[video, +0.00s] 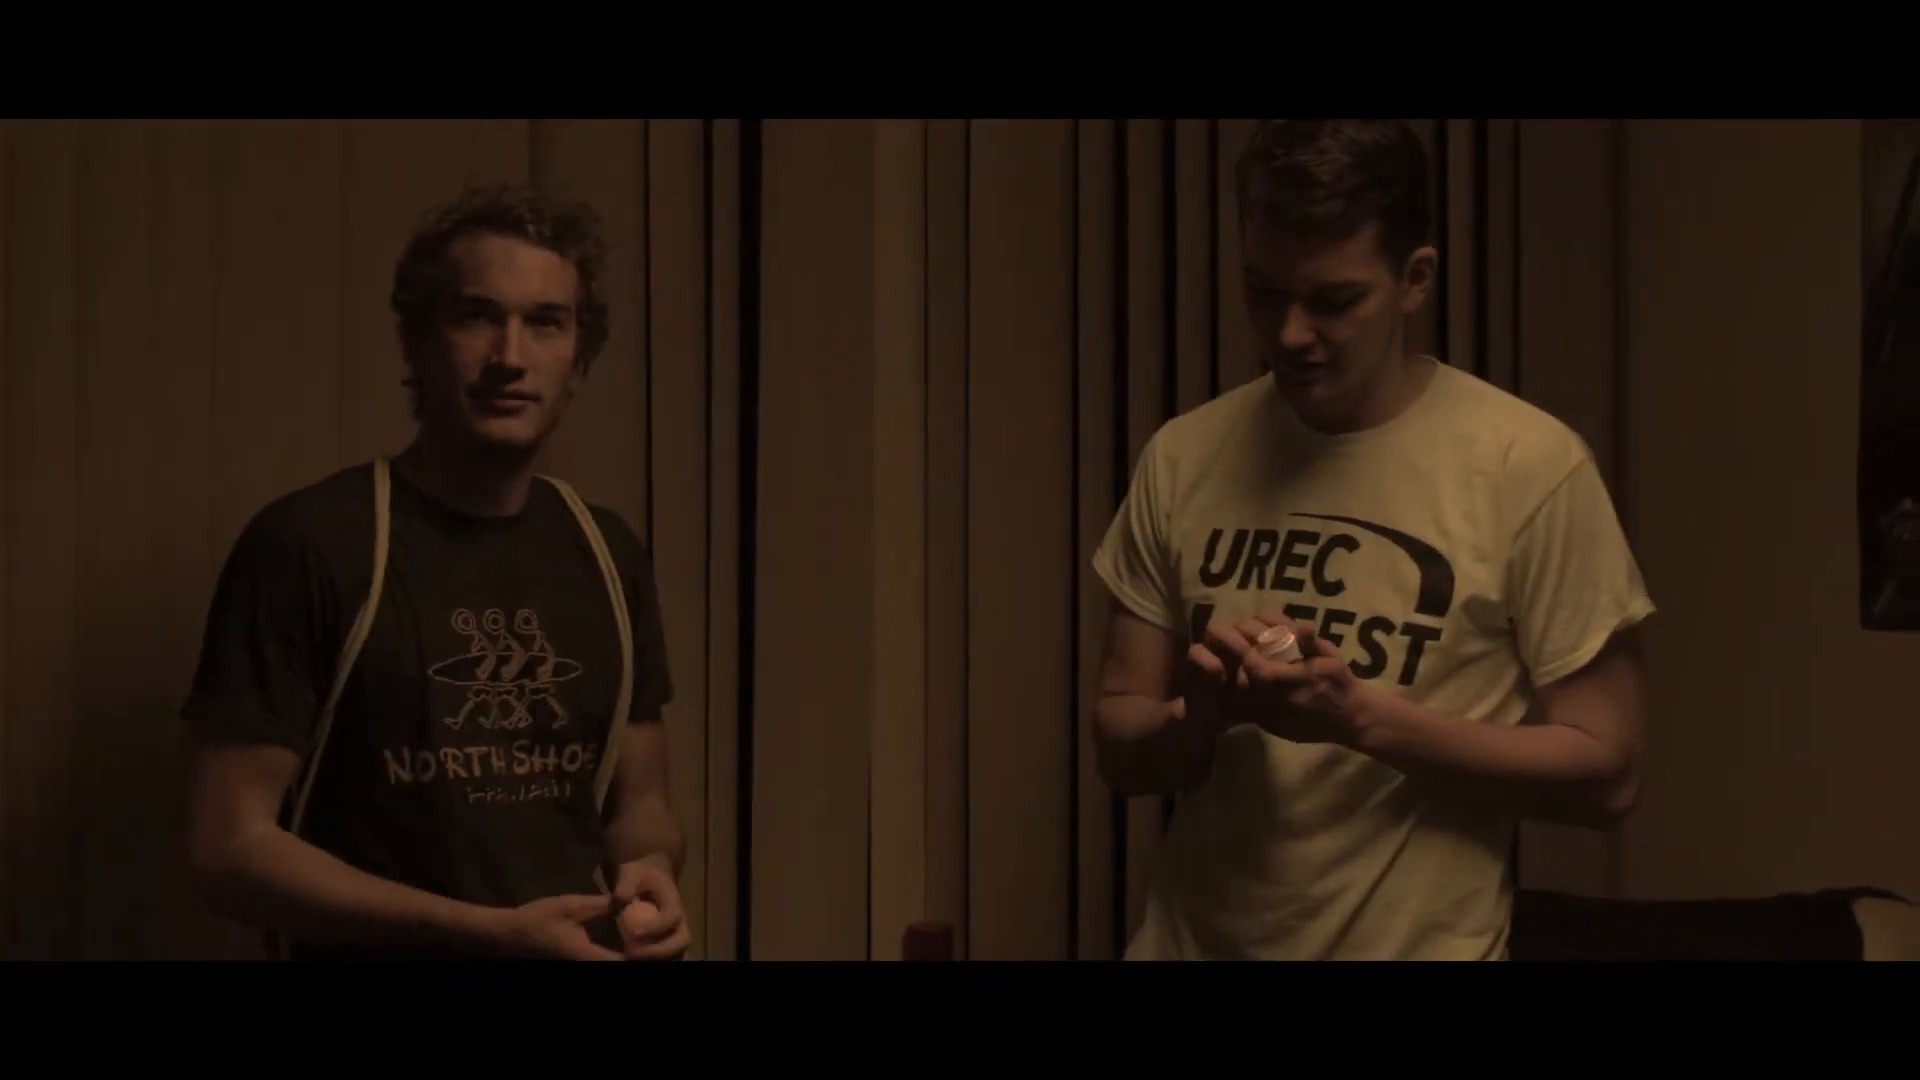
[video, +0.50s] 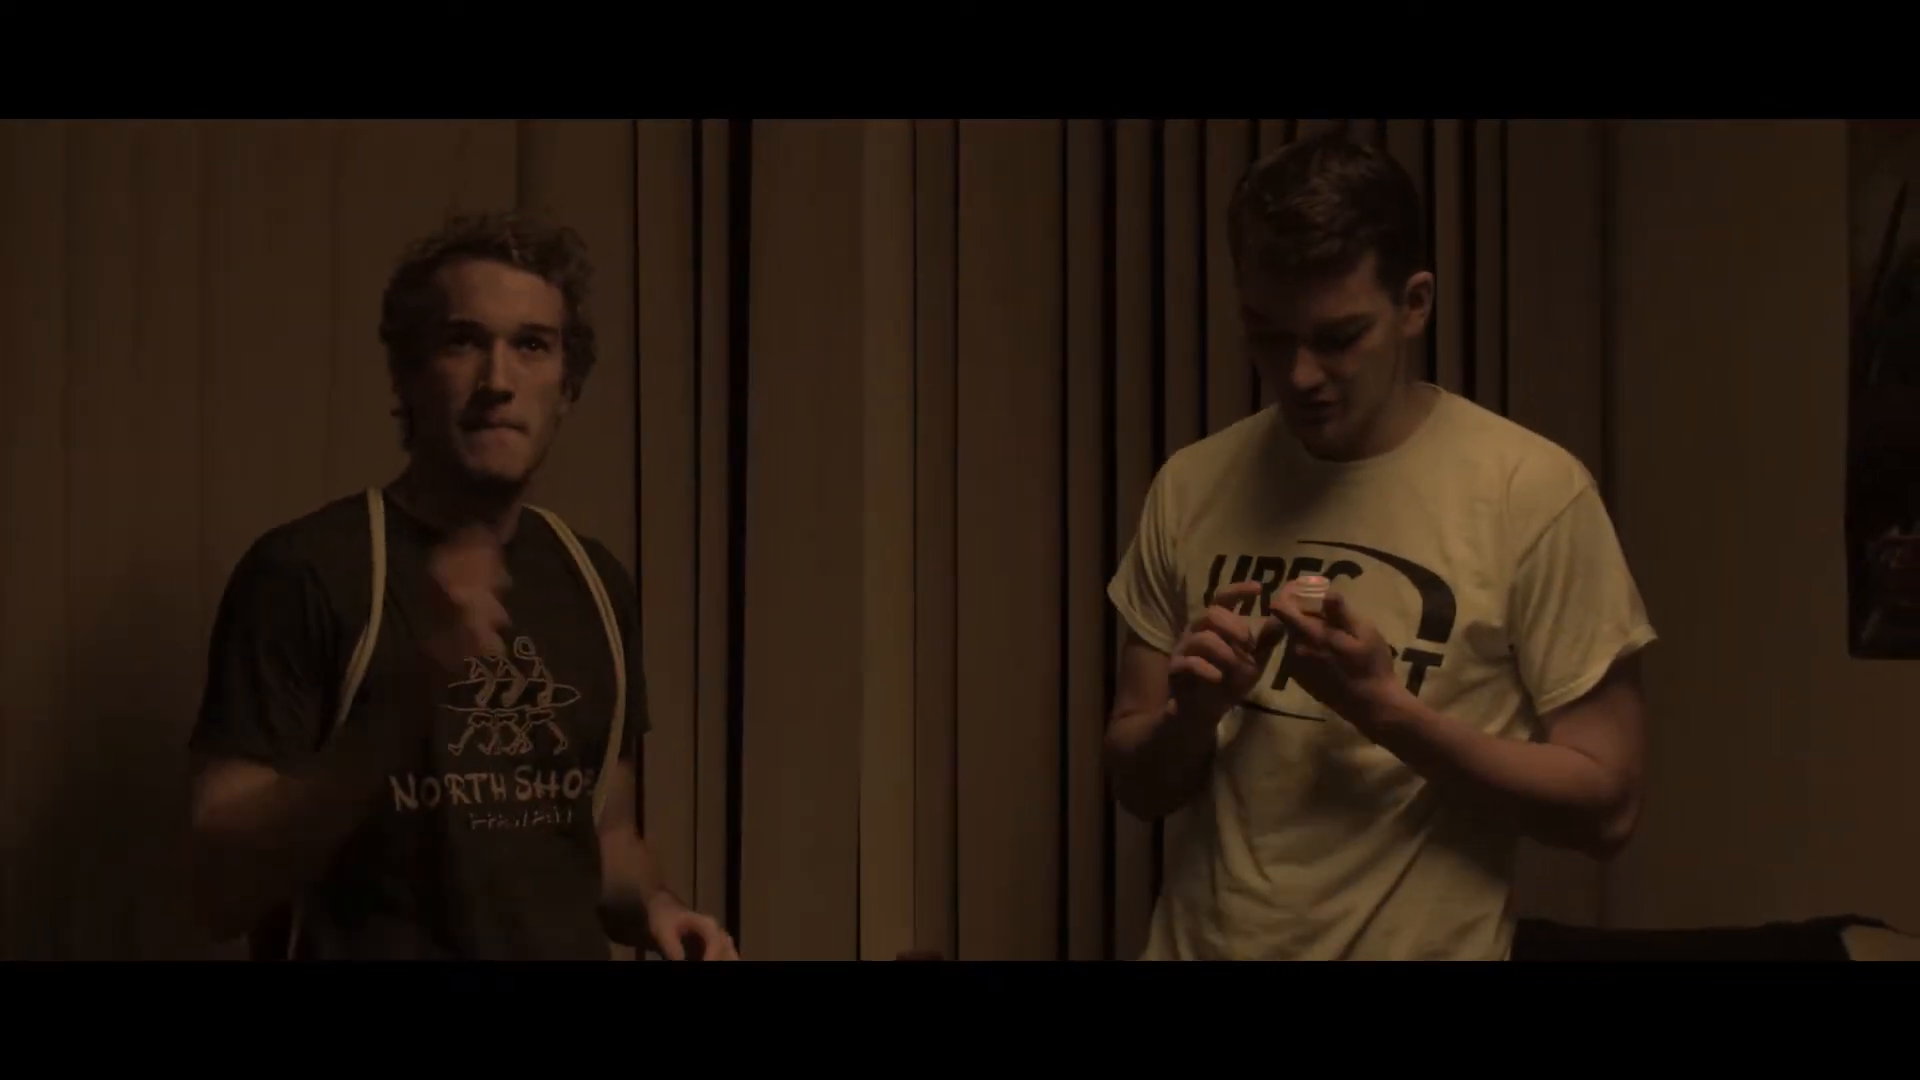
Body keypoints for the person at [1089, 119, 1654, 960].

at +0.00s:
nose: (1292, 334)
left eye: (1334, 300)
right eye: (1269, 296)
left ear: (1416, 280)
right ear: (1246, 277)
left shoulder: (1530, 469)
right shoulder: (1183, 459)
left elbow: (1606, 771)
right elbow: (1119, 740)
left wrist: (1360, 714)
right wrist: (1196, 718)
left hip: (1419, 943)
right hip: (1192, 939)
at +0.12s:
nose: (1294, 352)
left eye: (1335, 317)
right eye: (1269, 315)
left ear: (1416, 292)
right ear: (1246, 292)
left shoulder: (1531, 482)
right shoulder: (1183, 471)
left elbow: (1608, 786)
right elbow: (1120, 759)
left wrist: (1366, 719)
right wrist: (1197, 721)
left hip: (1419, 944)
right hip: (1194, 941)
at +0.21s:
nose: (1296, 359)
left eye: (1336, 324)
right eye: (1270, 321)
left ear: (1417, 294)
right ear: (1246, 295)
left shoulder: (1534, 487)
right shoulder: (1185, 474)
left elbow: (1608, 793)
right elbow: (1123, 765)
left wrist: (1373, 712)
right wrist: (1198, 719)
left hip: (1420, 945)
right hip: (1195, 942)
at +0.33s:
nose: (1299, 368)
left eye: (1338, 333)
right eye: (1272, 331)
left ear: (1418, 302)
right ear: (1248, 306)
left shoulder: (1533, 494)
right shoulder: (1188, 482)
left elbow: (1605, 801)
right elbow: (1128, 778)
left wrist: (1379, 709)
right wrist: (1194, 715)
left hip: (1424, 945)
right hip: (1201, 943)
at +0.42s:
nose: (1300, 371)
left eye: (1338, 333)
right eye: (1273, 333)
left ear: (1417, 300)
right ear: (1248, 307)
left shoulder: (1534, 492)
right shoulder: (1188, 484)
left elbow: (1606, 801)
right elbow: (1133, 781)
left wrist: (1380, 707)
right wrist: (1190, 711)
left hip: (1425, 945)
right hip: (1203, 942)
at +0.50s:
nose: (1301, 376)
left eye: (1340, 338)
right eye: (1273, 338)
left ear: (1415, 305)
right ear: (1245, 312)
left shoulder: (1532, 494)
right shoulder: (1189, 490)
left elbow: (1606, 803)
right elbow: (1136, 786)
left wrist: (1385, 707)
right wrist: (1192, 714)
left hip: (1426, 946)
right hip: (1204, 943)